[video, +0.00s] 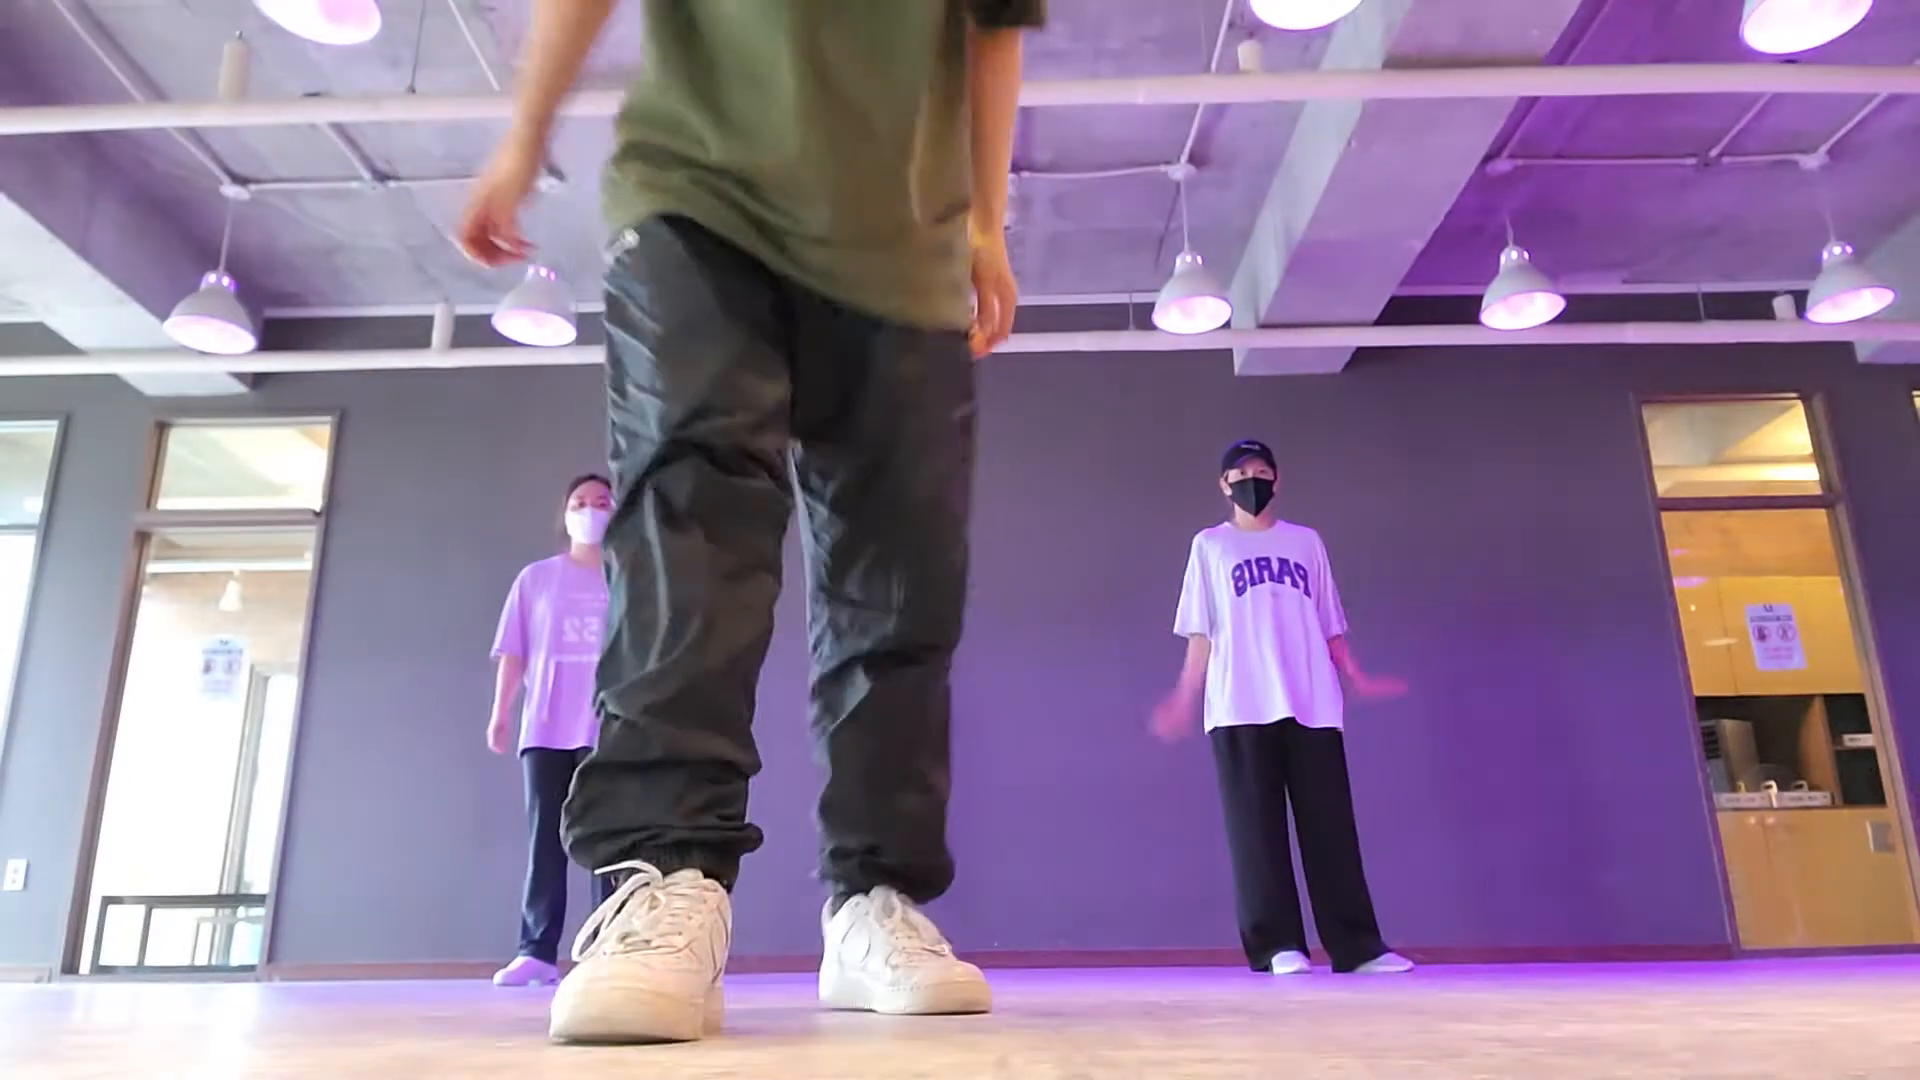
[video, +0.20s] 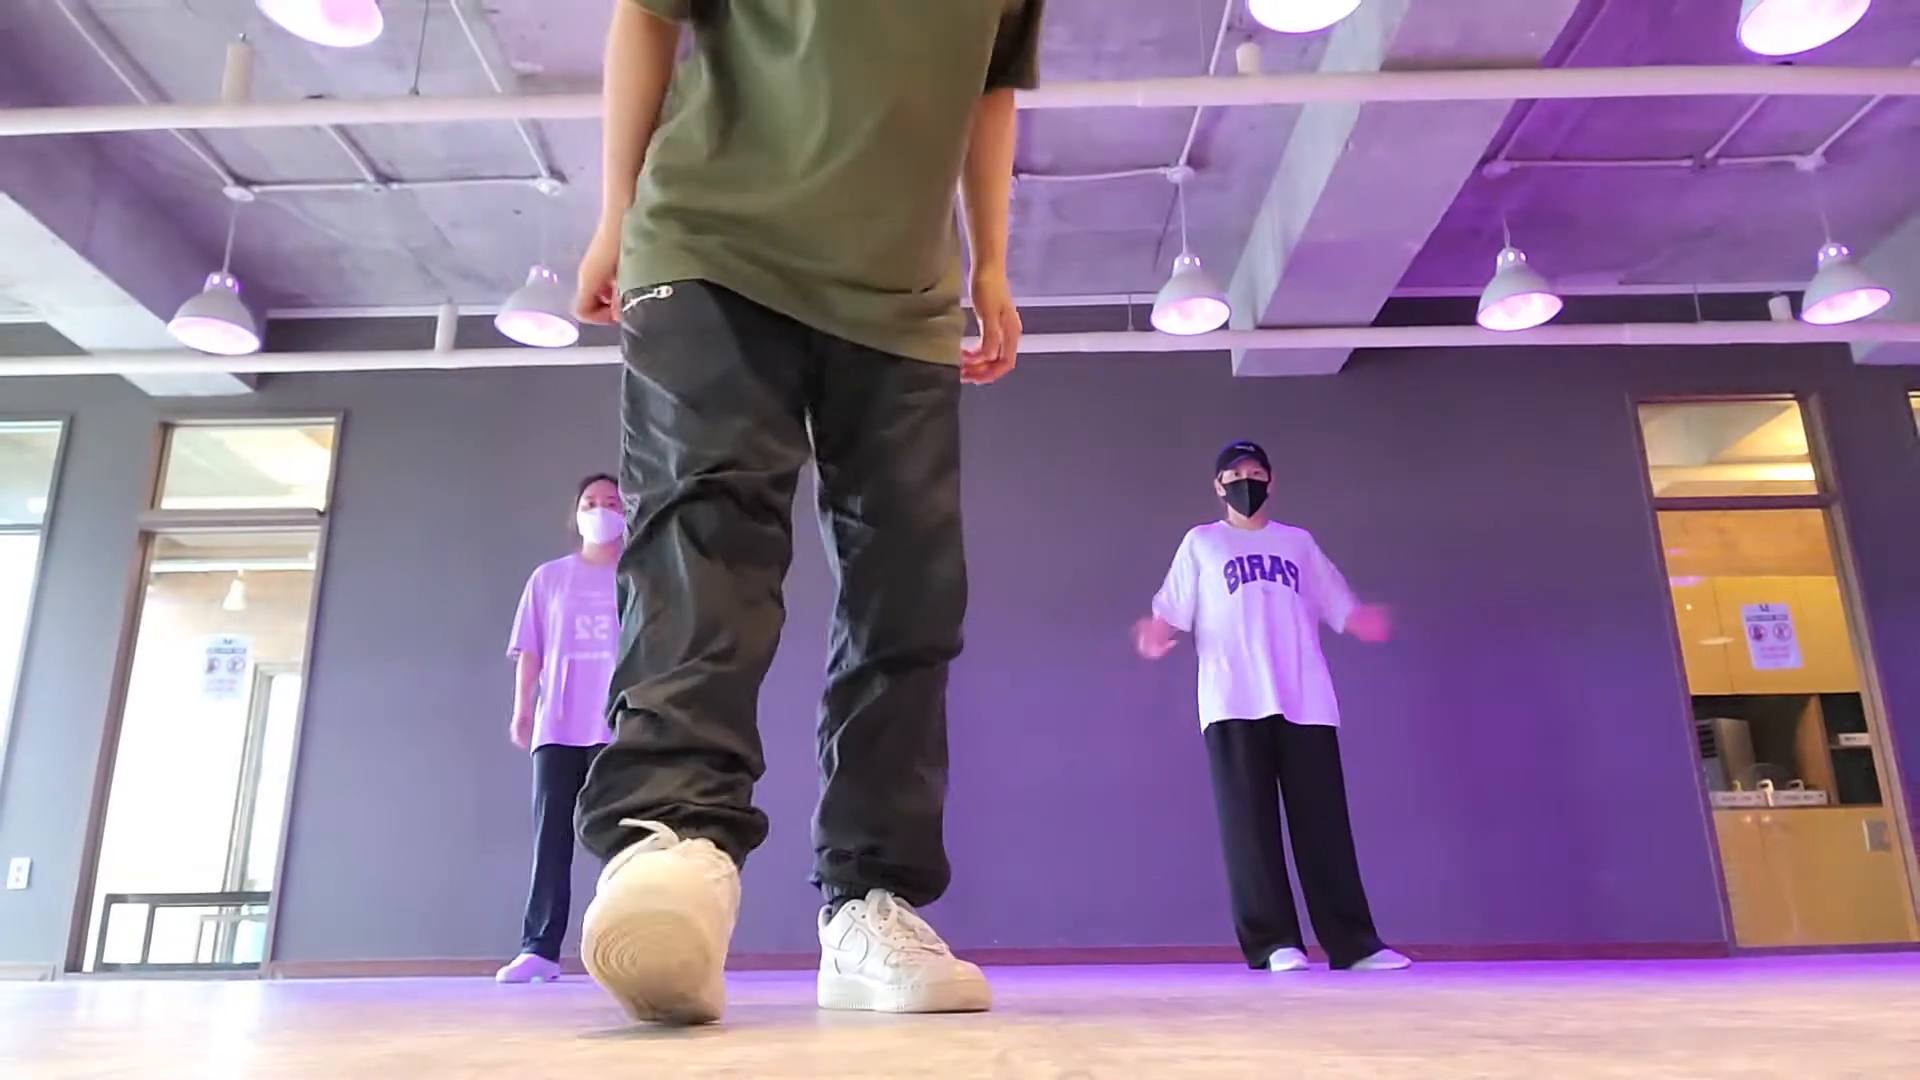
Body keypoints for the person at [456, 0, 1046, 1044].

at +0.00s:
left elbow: (994, 21)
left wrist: (987, 220)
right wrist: (524, 140)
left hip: (903, 200)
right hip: (698, 164)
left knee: (897, 576)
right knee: (691, 475)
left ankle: (878, 906)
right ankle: (668, 891)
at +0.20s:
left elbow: (995, 80)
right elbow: (648, 11)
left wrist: (988, 264)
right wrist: (618, 210)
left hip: (903, 262)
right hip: (713, 226)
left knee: (907, 587)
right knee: (707, 512)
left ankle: (874, 911)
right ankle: (675, 862)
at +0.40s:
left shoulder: (989, 6)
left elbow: (983, 94)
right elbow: (621, 8)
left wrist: (975, 261)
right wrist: (568, 192)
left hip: (866, 278)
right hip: (679, 236)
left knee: (884, 600)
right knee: (641, 520)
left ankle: (868, 912)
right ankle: (584, 887)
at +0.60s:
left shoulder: (911, 9)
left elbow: (890, 114)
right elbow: (551, 40)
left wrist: (828, 252)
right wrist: (488, 219)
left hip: (795, 295)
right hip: (610, 267)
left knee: (854, 613)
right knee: (480, 570)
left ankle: (864, 915)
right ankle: (390, 899)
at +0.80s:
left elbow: (724, 91)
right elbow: (427, 93)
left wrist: (653, 255)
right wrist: (363, 248)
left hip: (618, 319)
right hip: (435, 318)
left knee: (730, 598)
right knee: (324, 595)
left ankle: (864, 884)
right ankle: (358, 930)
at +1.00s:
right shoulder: (298, 16)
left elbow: (481, 60)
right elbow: (308, 142)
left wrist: (350, 184)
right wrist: (178, 224)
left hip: (390, 294)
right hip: (288, 305)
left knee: (306, 524)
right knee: (238, 616)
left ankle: (508, 840)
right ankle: (345, 913)